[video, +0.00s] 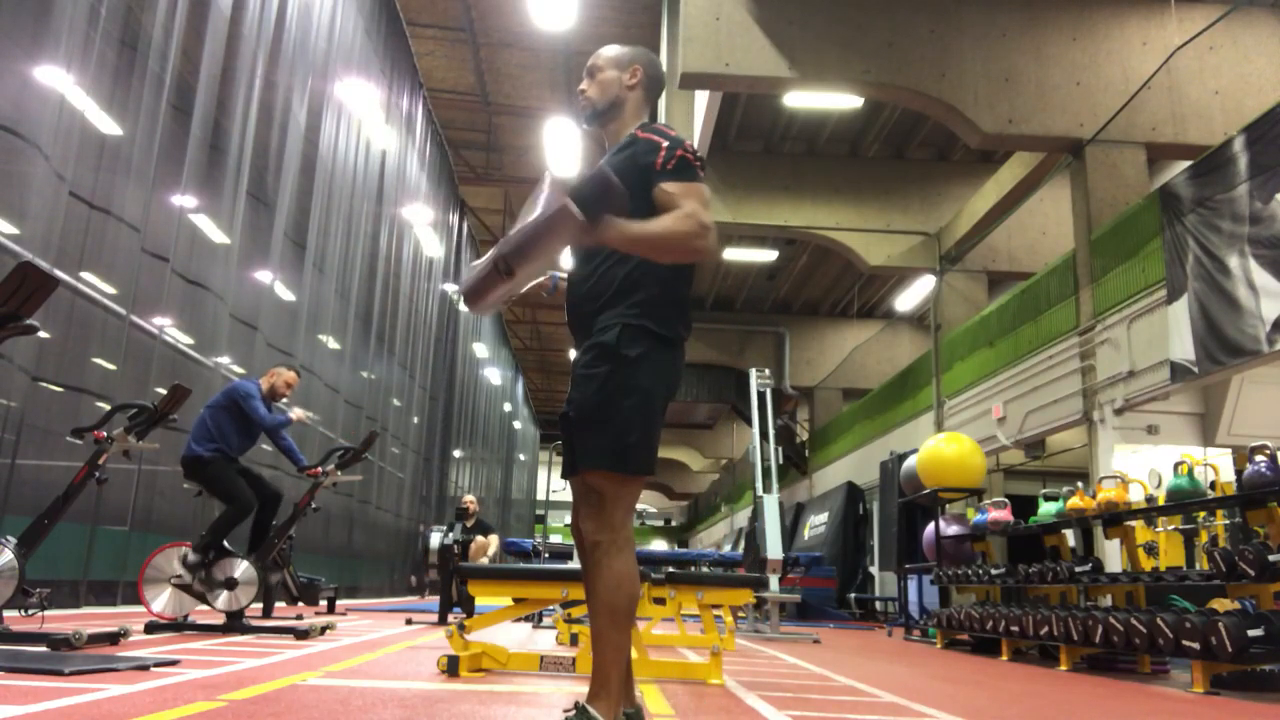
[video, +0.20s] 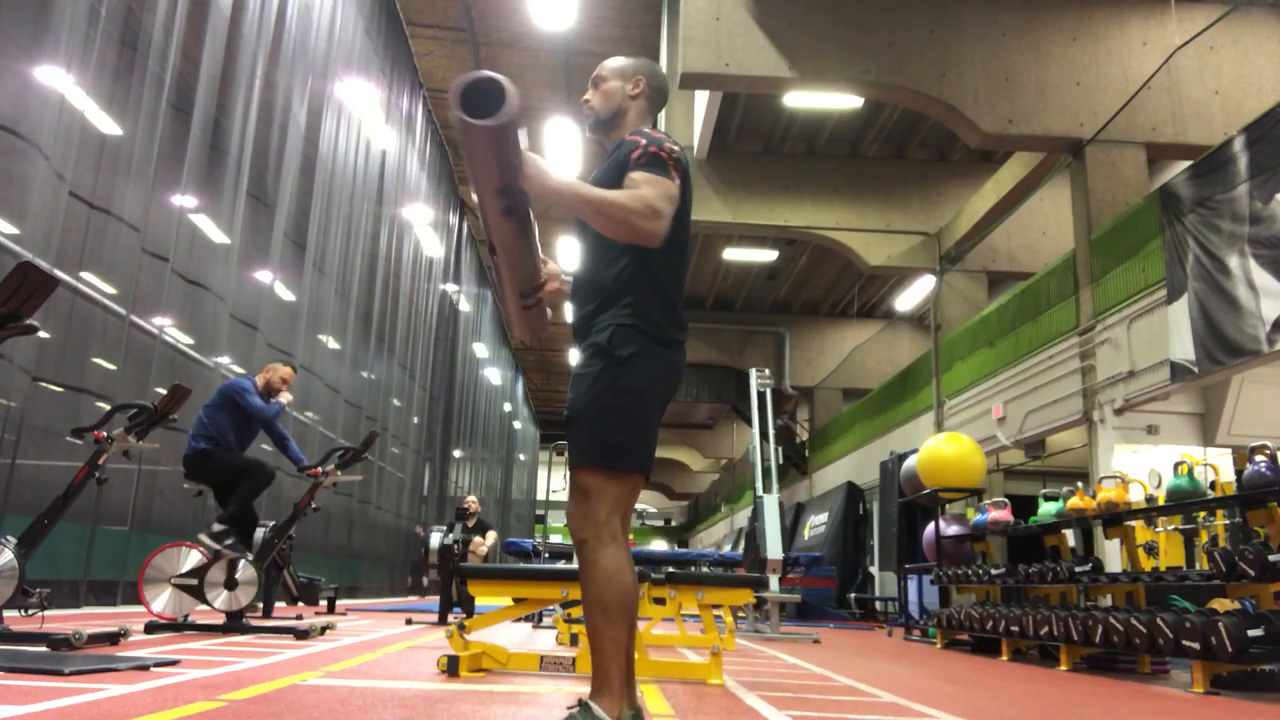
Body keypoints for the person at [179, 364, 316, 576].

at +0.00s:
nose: (287, 394)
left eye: (291, 390)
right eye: (287, 385)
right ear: (272, 376)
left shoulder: (265, 406)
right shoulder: (245, 388)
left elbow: (280, 438)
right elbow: (264, 422)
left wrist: (303, 467)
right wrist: (291, 417)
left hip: (225, 462)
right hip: (202, 459)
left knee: (271, 496)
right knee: (244, 502)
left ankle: (256, 558)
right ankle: (198, 553)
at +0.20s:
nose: (284, 389)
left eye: (287, 385)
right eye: (282, 381)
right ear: (267, 371)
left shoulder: (263, 404)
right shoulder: (240, 385)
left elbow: (279, 435)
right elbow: (264, 414)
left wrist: (303, 465)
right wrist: (281, 402)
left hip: (220, 463)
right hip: (202, 457)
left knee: (248, 521)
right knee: (263, 473)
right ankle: (220, 527)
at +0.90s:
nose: (285, 390)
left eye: (289, 386)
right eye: (284, 381)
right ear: (268, 373)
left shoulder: (262, 406)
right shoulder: (239, 388)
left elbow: (278, 436)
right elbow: (221, 418)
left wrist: (304, 466)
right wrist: (241, 451)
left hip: (220, 462)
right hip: (201, 457)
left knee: (255, 514)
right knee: (256, 485)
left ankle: (244, 565)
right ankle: (208, 532)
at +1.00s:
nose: (285, 389)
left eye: (289, 385)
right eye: (284, 381)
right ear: (268, 372)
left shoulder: (262, 406)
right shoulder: (239, 386)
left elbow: (279, 434)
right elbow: (227, 412)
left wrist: (304, 466)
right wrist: (261, 437)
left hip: (221, 463)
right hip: (201, 458)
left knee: (247, 522)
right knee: (264, 473)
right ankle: (222, 526)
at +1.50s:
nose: (295, 393)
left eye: (297, 391)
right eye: (293, 386)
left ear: (280, 384)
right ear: (276, 378)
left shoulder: (264, 402)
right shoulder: (258, 392)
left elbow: (280, 438)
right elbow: (294, 420)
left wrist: (305, 467)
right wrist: (341, 437)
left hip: (225, 460)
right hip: (204, 460)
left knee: (277, 479)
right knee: (235, 512)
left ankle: (252, 537)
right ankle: (198, 572)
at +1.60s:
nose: (294, 396)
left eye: (298, 393)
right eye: (293, 388)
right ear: (277, 379)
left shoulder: (267, 406)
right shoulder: (257, 394)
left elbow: (282, 440)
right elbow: (294, 420)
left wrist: (305, 467)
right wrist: (340, 439)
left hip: (224, 461)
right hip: (203, 459)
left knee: (269, 498)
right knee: (248, 500)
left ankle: (256, 560)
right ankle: (202, 548)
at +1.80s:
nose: (296, 394)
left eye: (299, 391)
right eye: (294, 387)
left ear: (281, 384)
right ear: (278, 378)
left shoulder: (264, 402)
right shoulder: (260, 392)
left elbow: (281, 438)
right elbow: (293, 422)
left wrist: (304, 466)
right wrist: (341, 440)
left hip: (214, 461)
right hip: (206, 457)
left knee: (247, 522)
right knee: (266, 473)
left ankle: (236, 586)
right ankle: (224, 526)